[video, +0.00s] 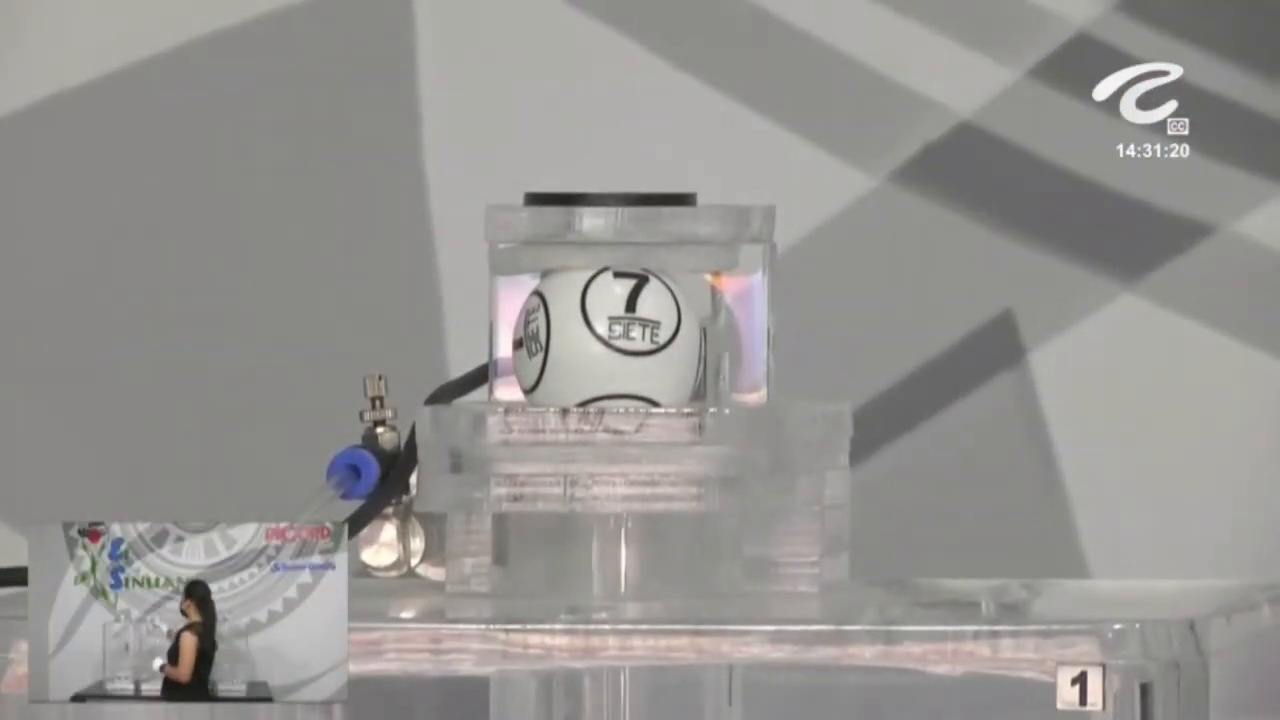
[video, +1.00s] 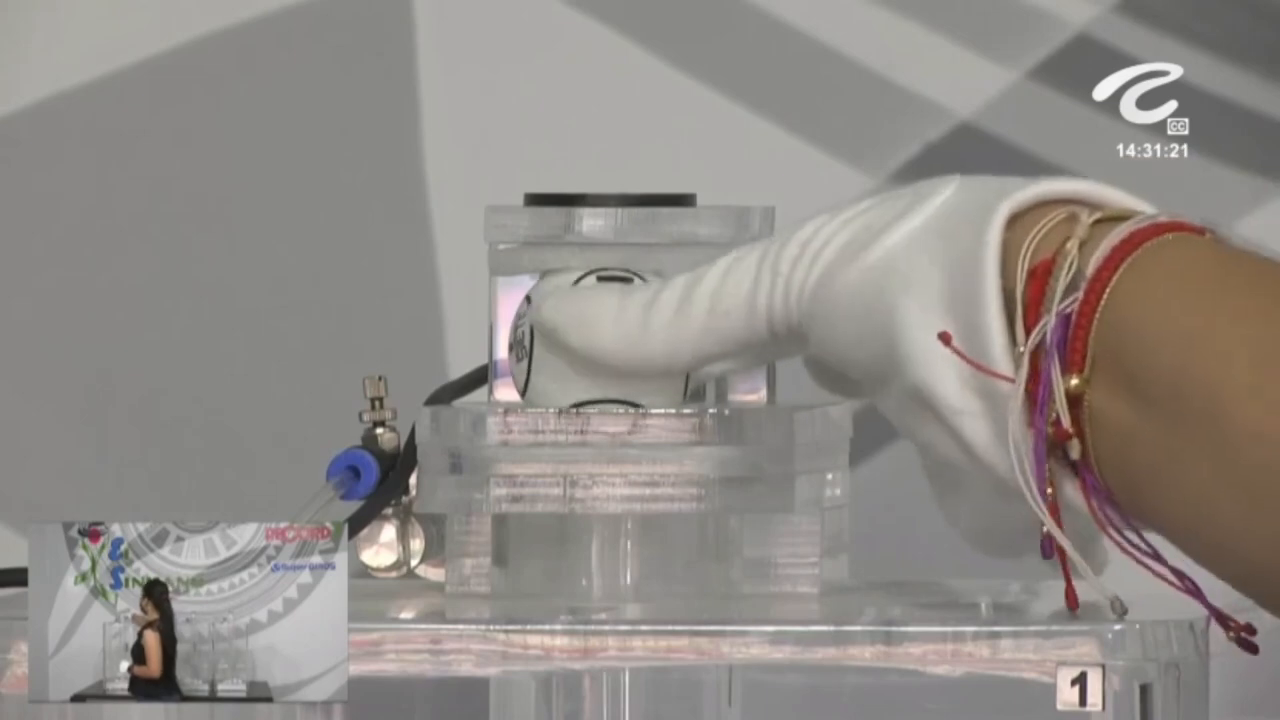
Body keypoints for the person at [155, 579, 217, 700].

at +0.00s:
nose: (181, 603)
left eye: (183, 599)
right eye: (182, 599)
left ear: (188, 602)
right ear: (204, 603)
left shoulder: (189, 634)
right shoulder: (207, 632)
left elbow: (183, 675)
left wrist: (163, 668)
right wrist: (174, 637)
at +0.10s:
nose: (174, 602)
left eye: (176, 598)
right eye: (176, 598)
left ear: (182, 601)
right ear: (196, 601)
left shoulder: (182, 633)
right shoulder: (199, 629)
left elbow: (182, 674)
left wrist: (158, 668)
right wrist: (165, 628)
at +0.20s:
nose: (167, 602)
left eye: (169, 598)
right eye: (169, 598)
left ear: (174, 601)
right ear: (189, 601)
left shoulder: (176, 633)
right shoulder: (191, 628)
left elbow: (178, 673)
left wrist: (154, 669)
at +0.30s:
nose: (161, 600)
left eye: (163, 596)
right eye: (163, 596)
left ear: (168, 600)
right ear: (183, 601)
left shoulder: (171, 632)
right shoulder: (184, 627)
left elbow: (174, 673)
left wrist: (148, 669)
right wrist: (147, 617)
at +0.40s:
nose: (156, 602)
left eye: (158, 598)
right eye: (157, 598)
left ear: (163, 600)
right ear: (177, 601)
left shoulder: (166, 631)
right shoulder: (179, 626)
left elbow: (170, 671)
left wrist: (143, 668)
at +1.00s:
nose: (140, 600)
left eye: (142, 597)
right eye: (141, 596)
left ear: (147, 600)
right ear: (162, 599)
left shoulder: (150, 631)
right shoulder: (167, 627)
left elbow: (154, 671)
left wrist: (132, 669)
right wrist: (143, 622)